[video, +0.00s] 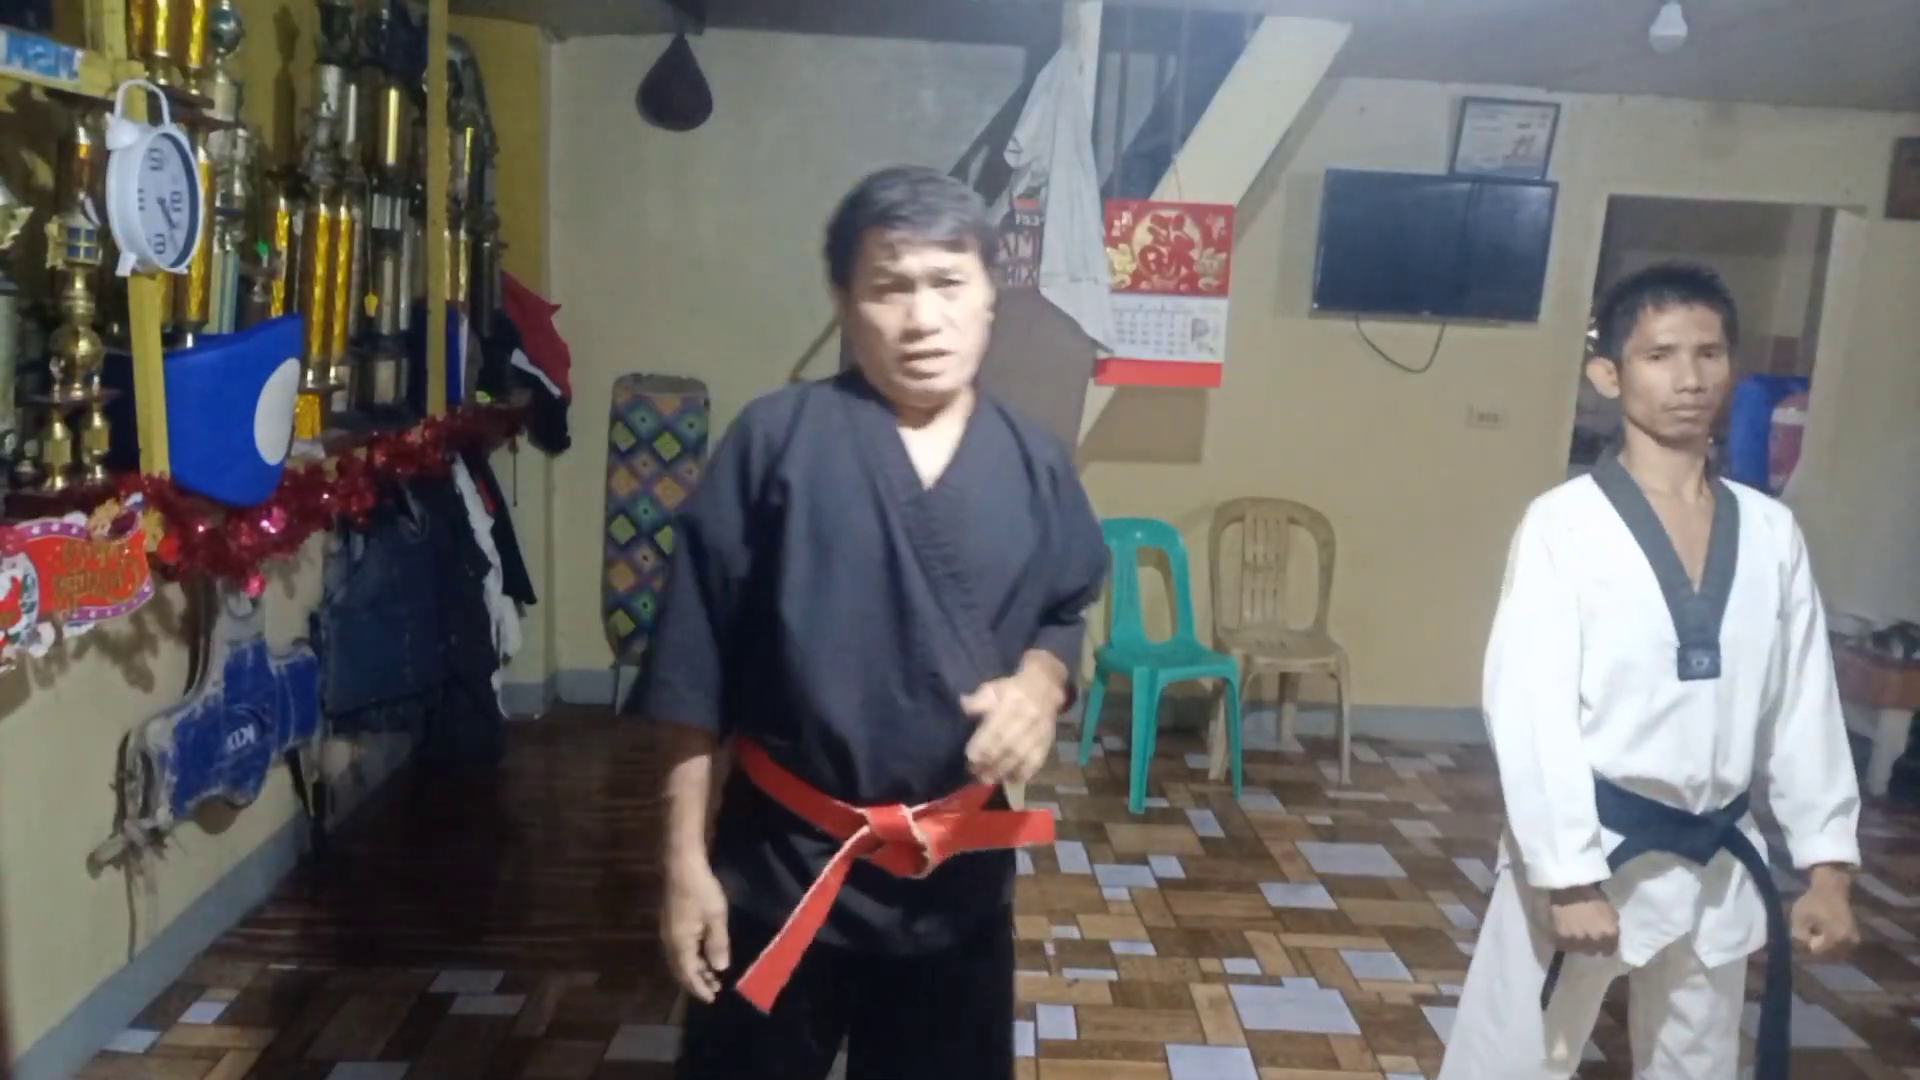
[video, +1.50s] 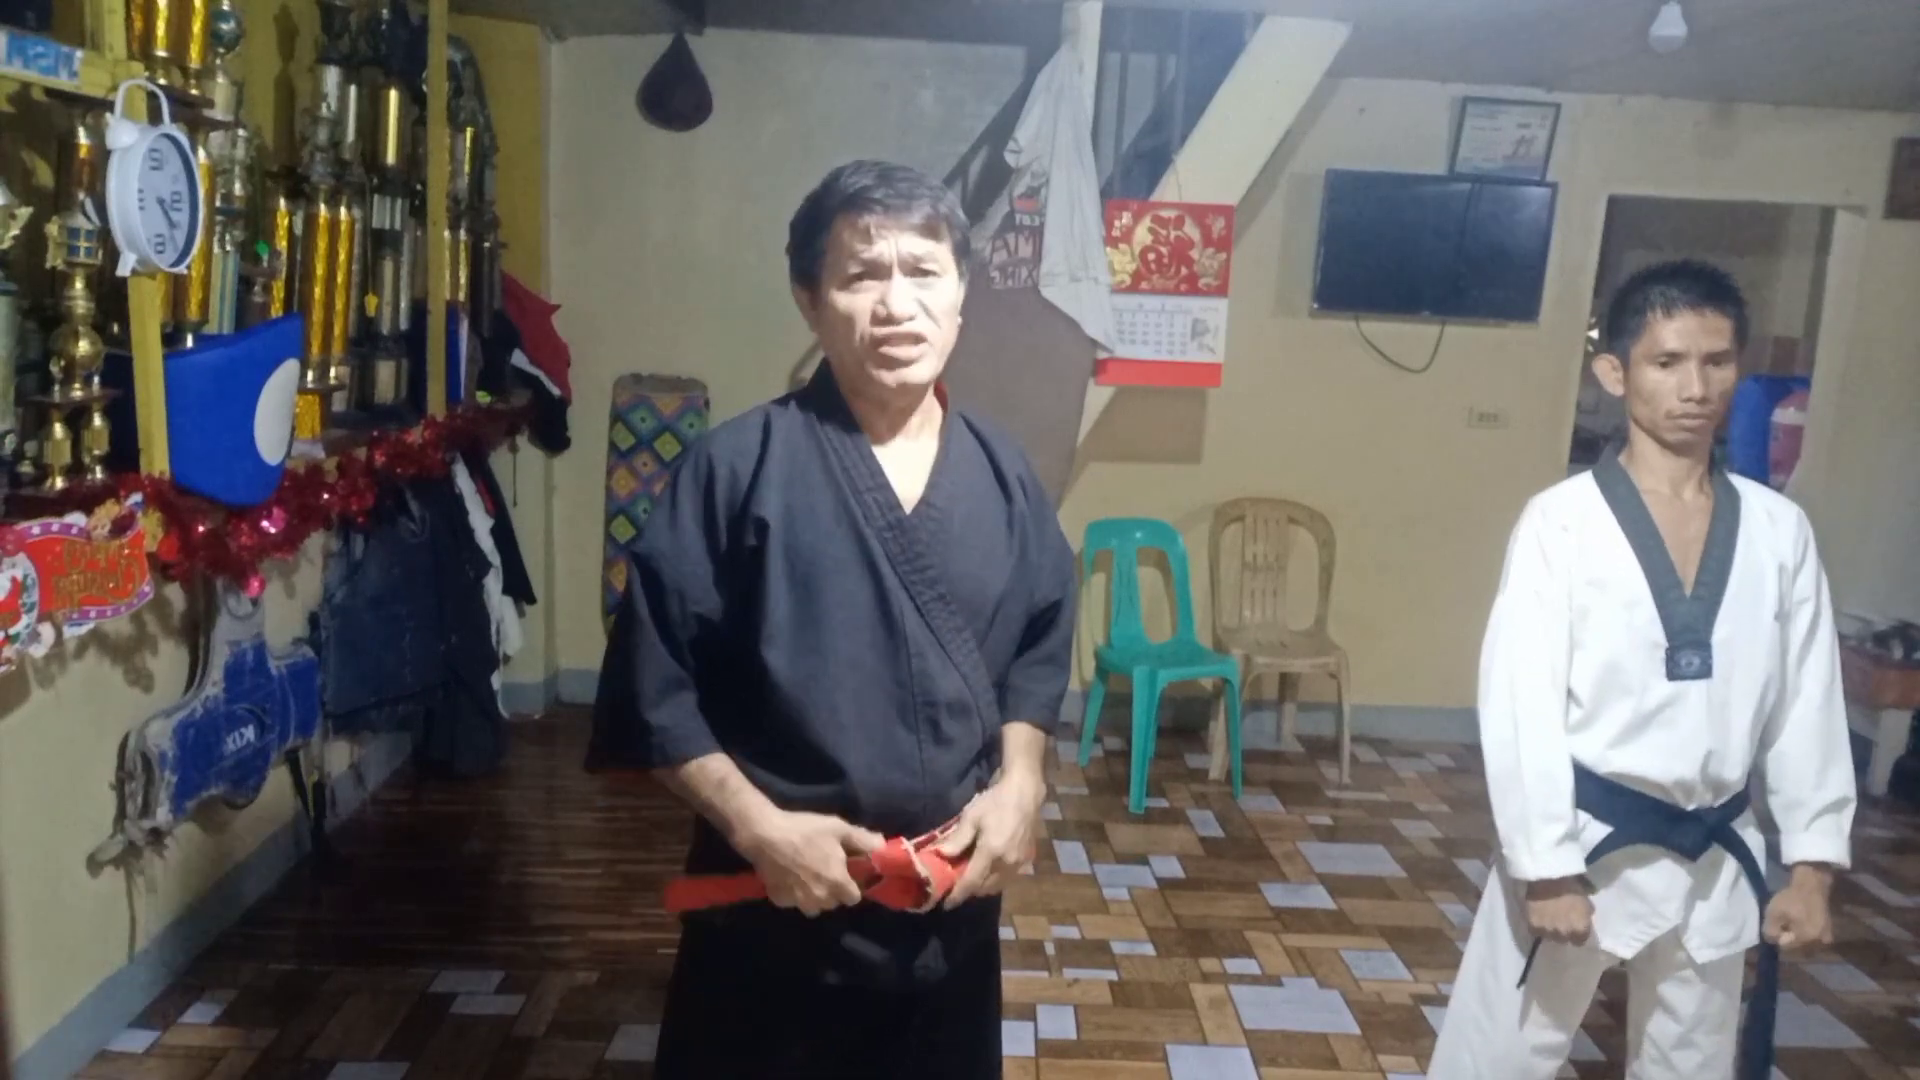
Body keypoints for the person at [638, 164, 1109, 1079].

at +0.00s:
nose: (922, 316)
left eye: (949, 284)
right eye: (891, 288)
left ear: (993, 298)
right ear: (846, 307)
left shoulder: (1035, 462)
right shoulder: (772, 441)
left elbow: (1063, 614)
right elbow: (692, 658)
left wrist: (1042, 686)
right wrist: (684, 859)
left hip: (958, 883)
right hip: (784, 880)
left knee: (954, 1069)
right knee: (744, 1068)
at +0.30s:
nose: (963, 318)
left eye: (991, 288)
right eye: (931, 287)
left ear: (1029, 304)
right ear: (881, 300)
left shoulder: (1043, 474)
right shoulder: (798, 449)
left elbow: (1075, 631)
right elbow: (704, 676)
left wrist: (1064, 701)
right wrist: (697, 881)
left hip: (976, 895)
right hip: (808, 892)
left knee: (969, 1068)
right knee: (782, 1066)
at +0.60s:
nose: (884, 307)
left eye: (907, 273)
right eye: (849, 280)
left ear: (947, 289)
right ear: (793, 306)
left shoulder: (994, 461)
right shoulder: (732, 472)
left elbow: (1039, 621)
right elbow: (665, 720)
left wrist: (1026, 692)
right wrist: (669, 945)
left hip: (951, 920)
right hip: (783, 927)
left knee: (951, 1070)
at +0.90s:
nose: (868, 314)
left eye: (891, 278)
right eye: (831, 290)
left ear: (935, 287)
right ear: (779, 316)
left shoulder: (989, 462)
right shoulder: (721, 483)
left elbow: (1034, 622)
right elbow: (653, 733)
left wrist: (1014, 706)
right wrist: (664, 964)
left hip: (948, 922)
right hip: (775, 934)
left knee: (948, 1069)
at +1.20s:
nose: (905, 297)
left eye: (930, 266)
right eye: (867, 271)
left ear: (969, 292)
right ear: (817, 309)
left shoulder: (1008, 472)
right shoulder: (739, 472)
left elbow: (1042, 632)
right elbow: (653, 697)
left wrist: (1021, 721)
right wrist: (695, 889)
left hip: (948, 914)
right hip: (774, 917)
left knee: (946, 1070)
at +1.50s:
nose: (899, 303)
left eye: (924, 273)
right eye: (864, 276)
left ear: (962, 293)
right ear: (811, 303)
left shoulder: (1004, 474)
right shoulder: (732, 469)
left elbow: (1039, 644)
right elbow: (648, 682)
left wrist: (1020, 785)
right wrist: (759, 826)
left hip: (951, 926)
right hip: (771, 926)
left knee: (951, 1071)